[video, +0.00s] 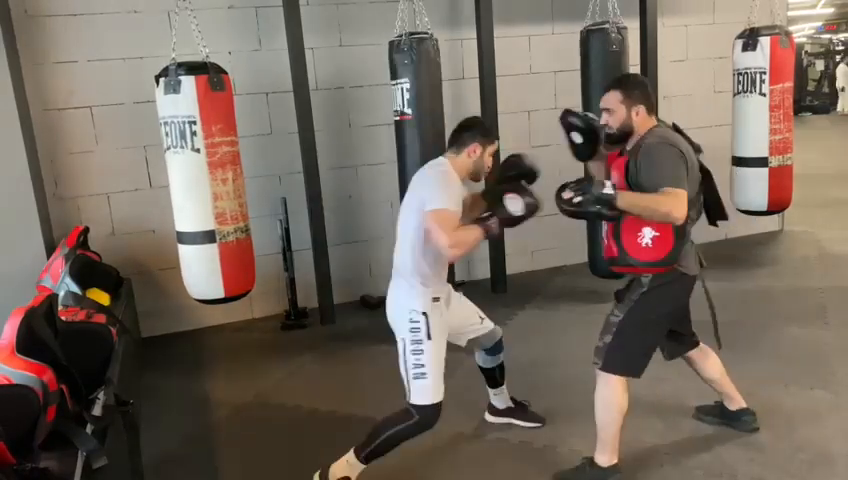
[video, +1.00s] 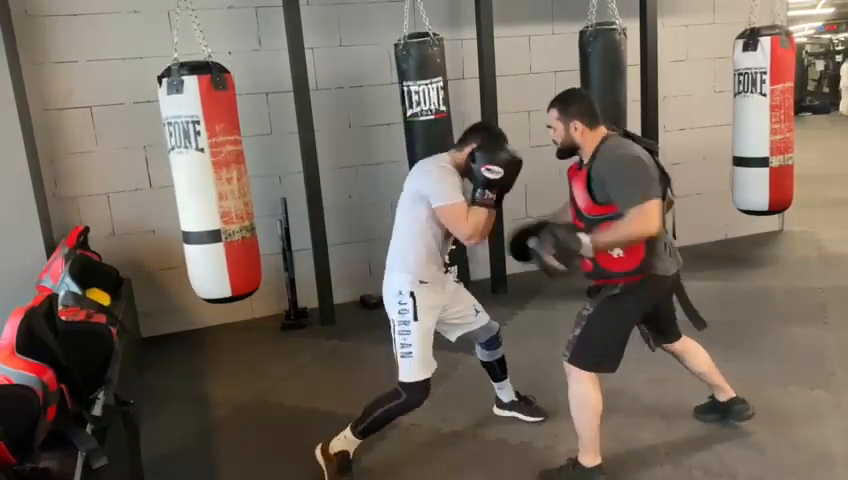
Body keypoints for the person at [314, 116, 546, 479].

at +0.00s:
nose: (491, 163)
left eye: (493, 156)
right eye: (491, 155)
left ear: (467, 149)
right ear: (474, 150)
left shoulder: (448, 175)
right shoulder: (439, 180)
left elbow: (460, 212)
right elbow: (451, 245)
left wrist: (499, 193)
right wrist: (494, 223)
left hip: (438, 293)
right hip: (415, 302)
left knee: (490, 339)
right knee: (425, 413)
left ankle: (501, 405)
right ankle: (343, 469)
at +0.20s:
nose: (508, 180)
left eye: (511, 173)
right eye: (507, 172)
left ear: (483, 167)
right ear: (488, 168)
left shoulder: (465, 191)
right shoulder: (453, 187)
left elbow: (486, 223)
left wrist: (524, 209)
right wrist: (532, 217)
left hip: (451, 302)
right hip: (419, 309)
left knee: (509, 346)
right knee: (407, 417)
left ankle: (501, 407)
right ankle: (338, 473)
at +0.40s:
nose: (501, 171)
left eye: (503, 162)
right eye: (497, 159)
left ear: (475, 157)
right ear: (471, 154)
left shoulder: (476, 191)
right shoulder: (423, 182)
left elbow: (495, 237)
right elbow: (425, 246)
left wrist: (546, 234)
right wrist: (463, 205)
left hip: (448, 294)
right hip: (404, 296)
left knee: (506, 347)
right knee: (387, 394)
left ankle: (501, 407)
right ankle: (336, 444)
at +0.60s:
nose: (473, 150)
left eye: (474, 143)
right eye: (467, 142)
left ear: (455, 140)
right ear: (440, 136)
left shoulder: (452, 166)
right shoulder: (396, 171)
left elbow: (484, 180)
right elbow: (419, 235)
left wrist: (529, 174)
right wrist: (447, 185)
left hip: (446, 276)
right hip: (400, 282)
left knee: (498, 339)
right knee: (380, 376)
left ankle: (501, 405)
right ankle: (336, 446)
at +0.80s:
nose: (472, 146)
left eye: (474, 139)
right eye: (467, 137)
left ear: (448, 133)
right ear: (441, 131)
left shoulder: (449, 164)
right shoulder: (397, 166)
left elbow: (476, 193)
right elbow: (418, 234)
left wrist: (497, 178)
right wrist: (447, 194)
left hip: (443, 272)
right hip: (399, 279)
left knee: (492, 333)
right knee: (372, 366)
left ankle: (507, 398)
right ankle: (338, 444)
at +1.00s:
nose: (484, 168)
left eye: (488, 163)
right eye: (485, 161)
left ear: (468, 149)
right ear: (472, 151)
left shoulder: (455, 176)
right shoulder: (434, 172)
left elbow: (480, 235)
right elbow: (470, 233)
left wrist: (494, 194)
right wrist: (485, 191)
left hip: (441, 281)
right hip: (409, 287)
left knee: (488, 333)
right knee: (414, 390)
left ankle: (507, 400)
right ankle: (339, 447)